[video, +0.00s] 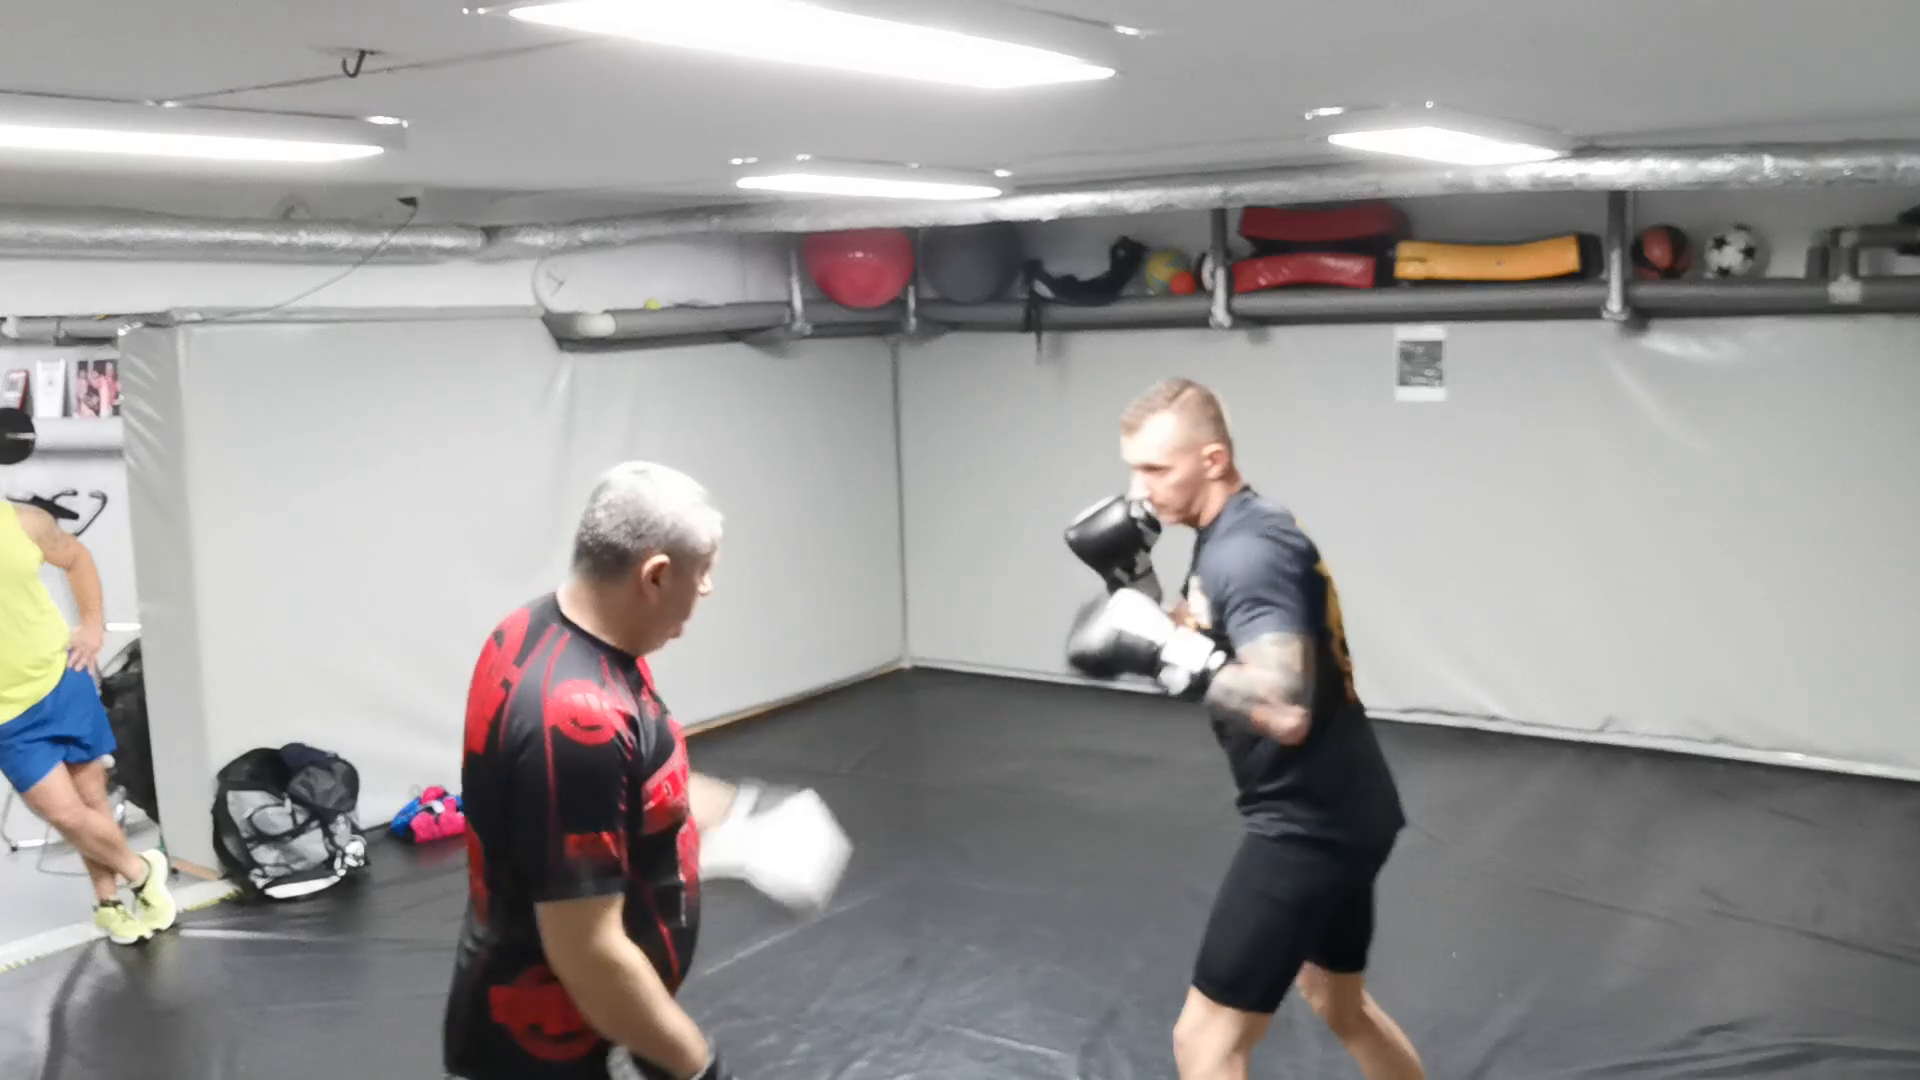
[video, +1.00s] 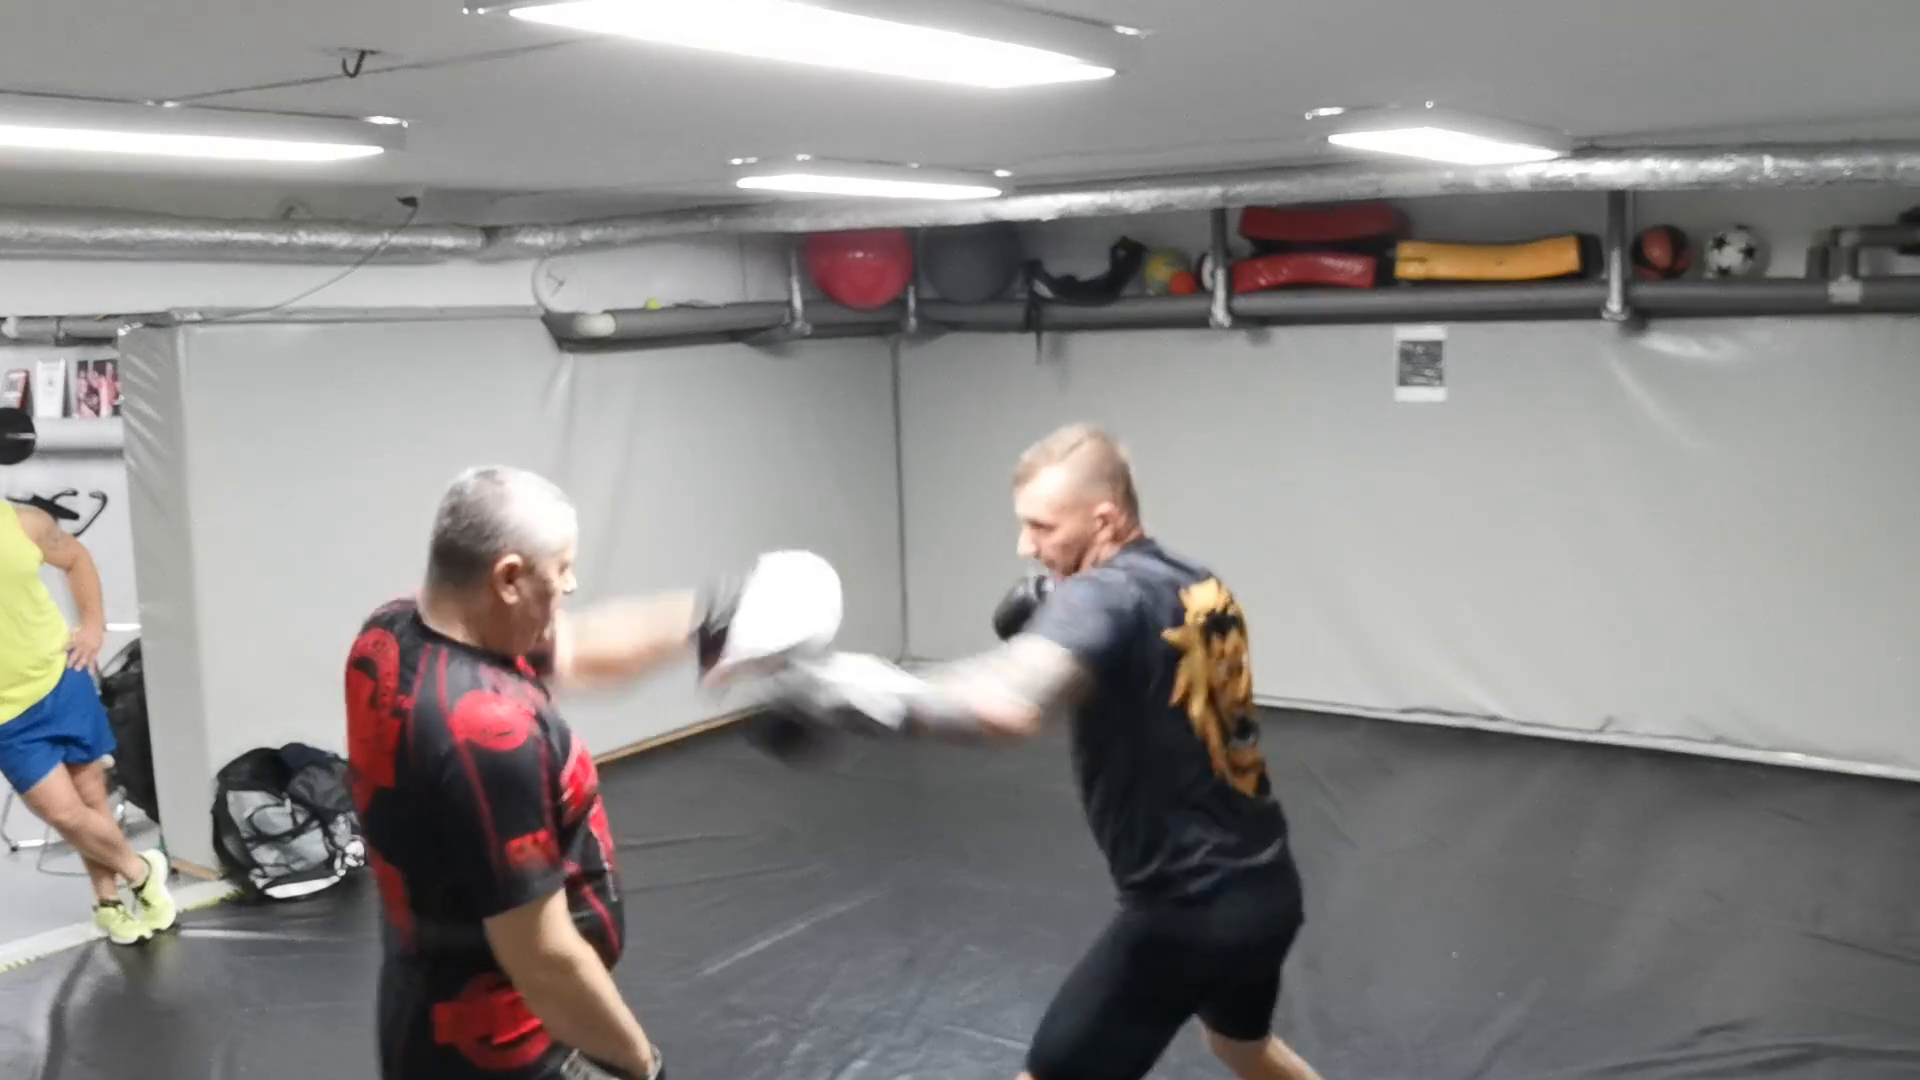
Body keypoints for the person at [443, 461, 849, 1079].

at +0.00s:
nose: (706, 590)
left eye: (708, 573)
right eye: (702, 573)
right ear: (654, 576)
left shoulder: (550, 631)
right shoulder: (572, 720)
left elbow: (639, 782)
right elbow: (586, 948)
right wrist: (697, 1062)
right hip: (553, 1053)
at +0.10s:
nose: (709, 588)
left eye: (712, 571)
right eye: (705, 570)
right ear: (658, 572)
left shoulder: (551, 631)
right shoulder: (571, 709)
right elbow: (571, 944)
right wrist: (659, 1068)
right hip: (541, 1049)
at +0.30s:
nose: (715, 598)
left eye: (718, 580)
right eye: (712, 579)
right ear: (665, 577)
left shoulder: (589, 649)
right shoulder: (557, 696)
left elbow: (610, 835)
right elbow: (545, 929)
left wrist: (666, 943)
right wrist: (628, 1070)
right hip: (511, 1047)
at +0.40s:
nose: (691, 590)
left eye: (693, 572)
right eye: (688, 571)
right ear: (639, 570)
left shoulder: (567, 646)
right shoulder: (541, 700)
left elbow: (638, 763)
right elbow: (543, 922)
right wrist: (635, 1065)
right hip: (518, 1047)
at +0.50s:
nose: (654, 586)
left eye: (657, 568)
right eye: (650, 567)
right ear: (602, 567)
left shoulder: (499, 632)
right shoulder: (528, 706)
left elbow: (633, 697)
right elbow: (552, 929)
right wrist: (650, 1061)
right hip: (531, 1046)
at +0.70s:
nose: (612, 598)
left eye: (620, 580)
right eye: (611, 579)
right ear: (563, 582)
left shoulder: (425, 645)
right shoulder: (518, 724)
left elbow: (556, 678)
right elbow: (570, 954)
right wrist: (661, 1063)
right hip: (532, 1045)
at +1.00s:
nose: (570, 589)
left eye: (569, 572)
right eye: (562, 574)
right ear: (508, 581)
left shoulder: (391, 635)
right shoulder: (488, 733)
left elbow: (576, 648)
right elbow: (542, 956)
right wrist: (643, 1062)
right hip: (512, 1048)